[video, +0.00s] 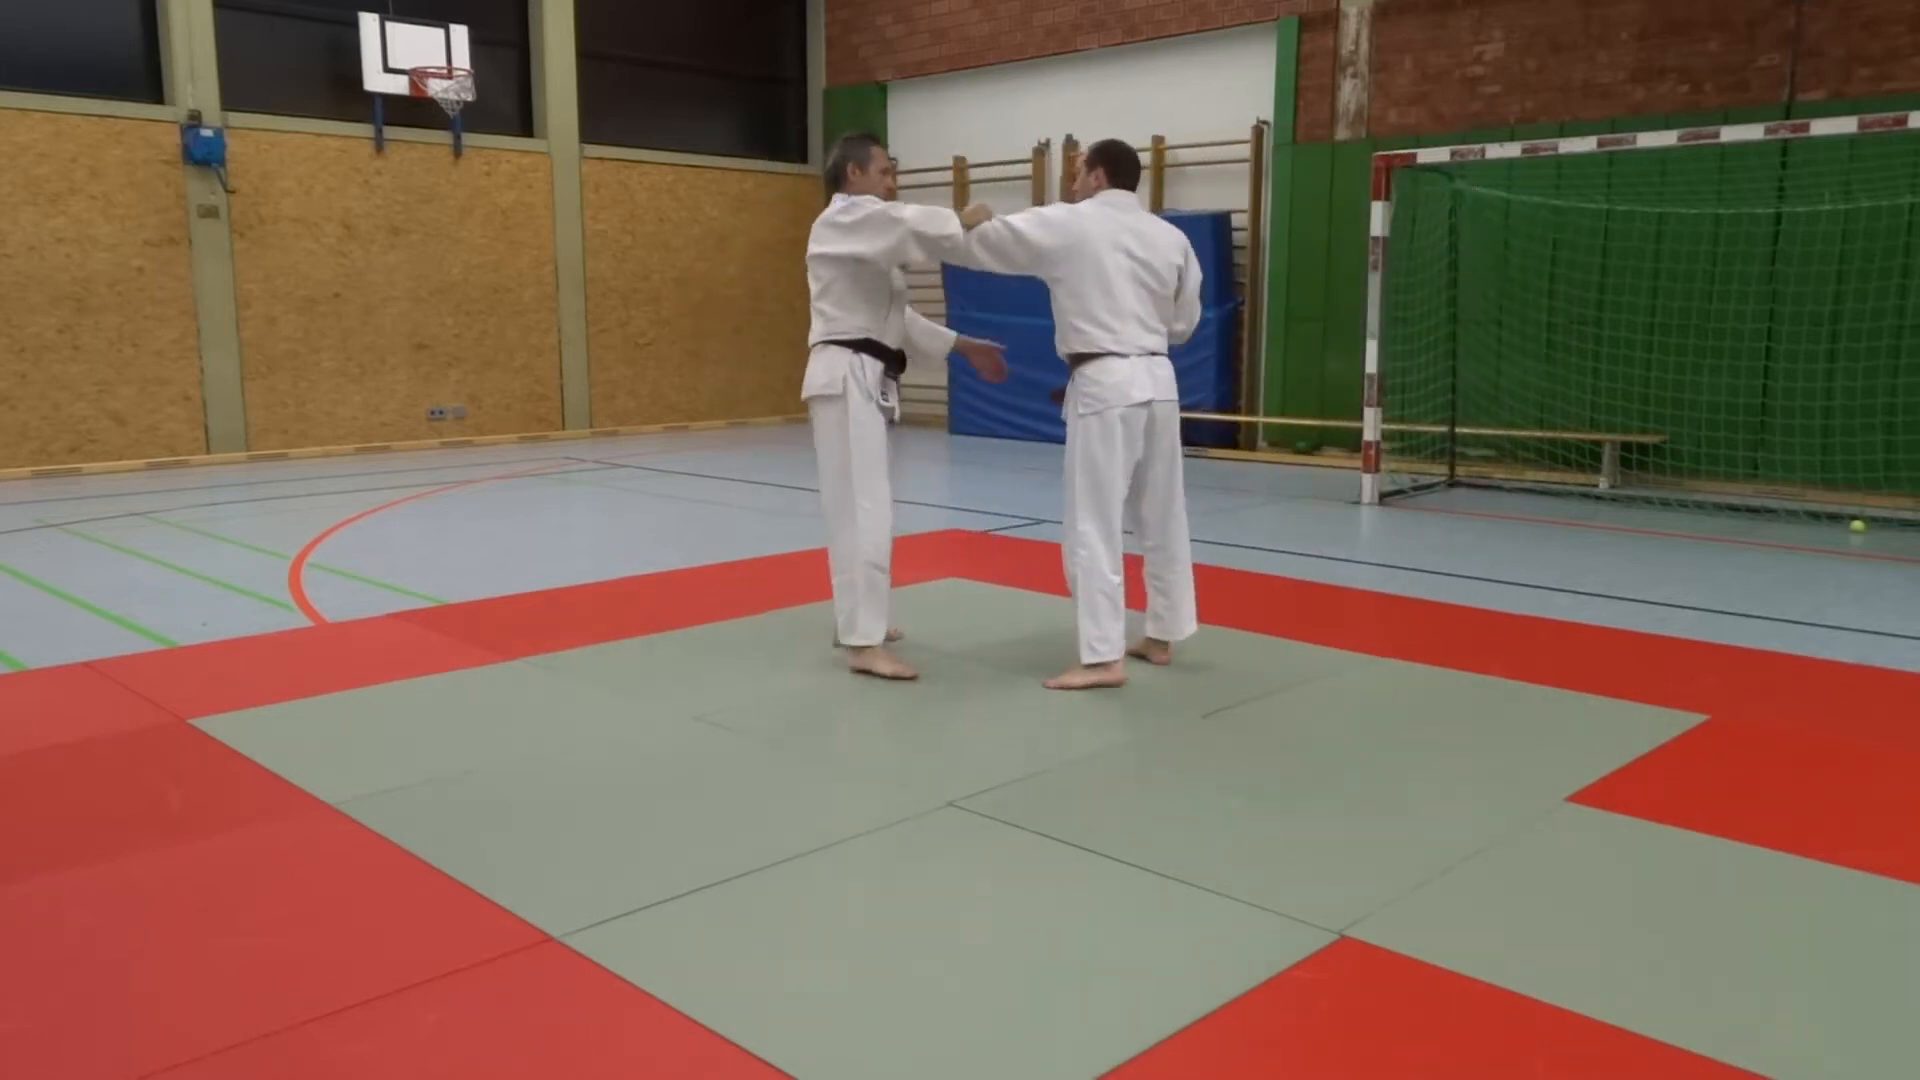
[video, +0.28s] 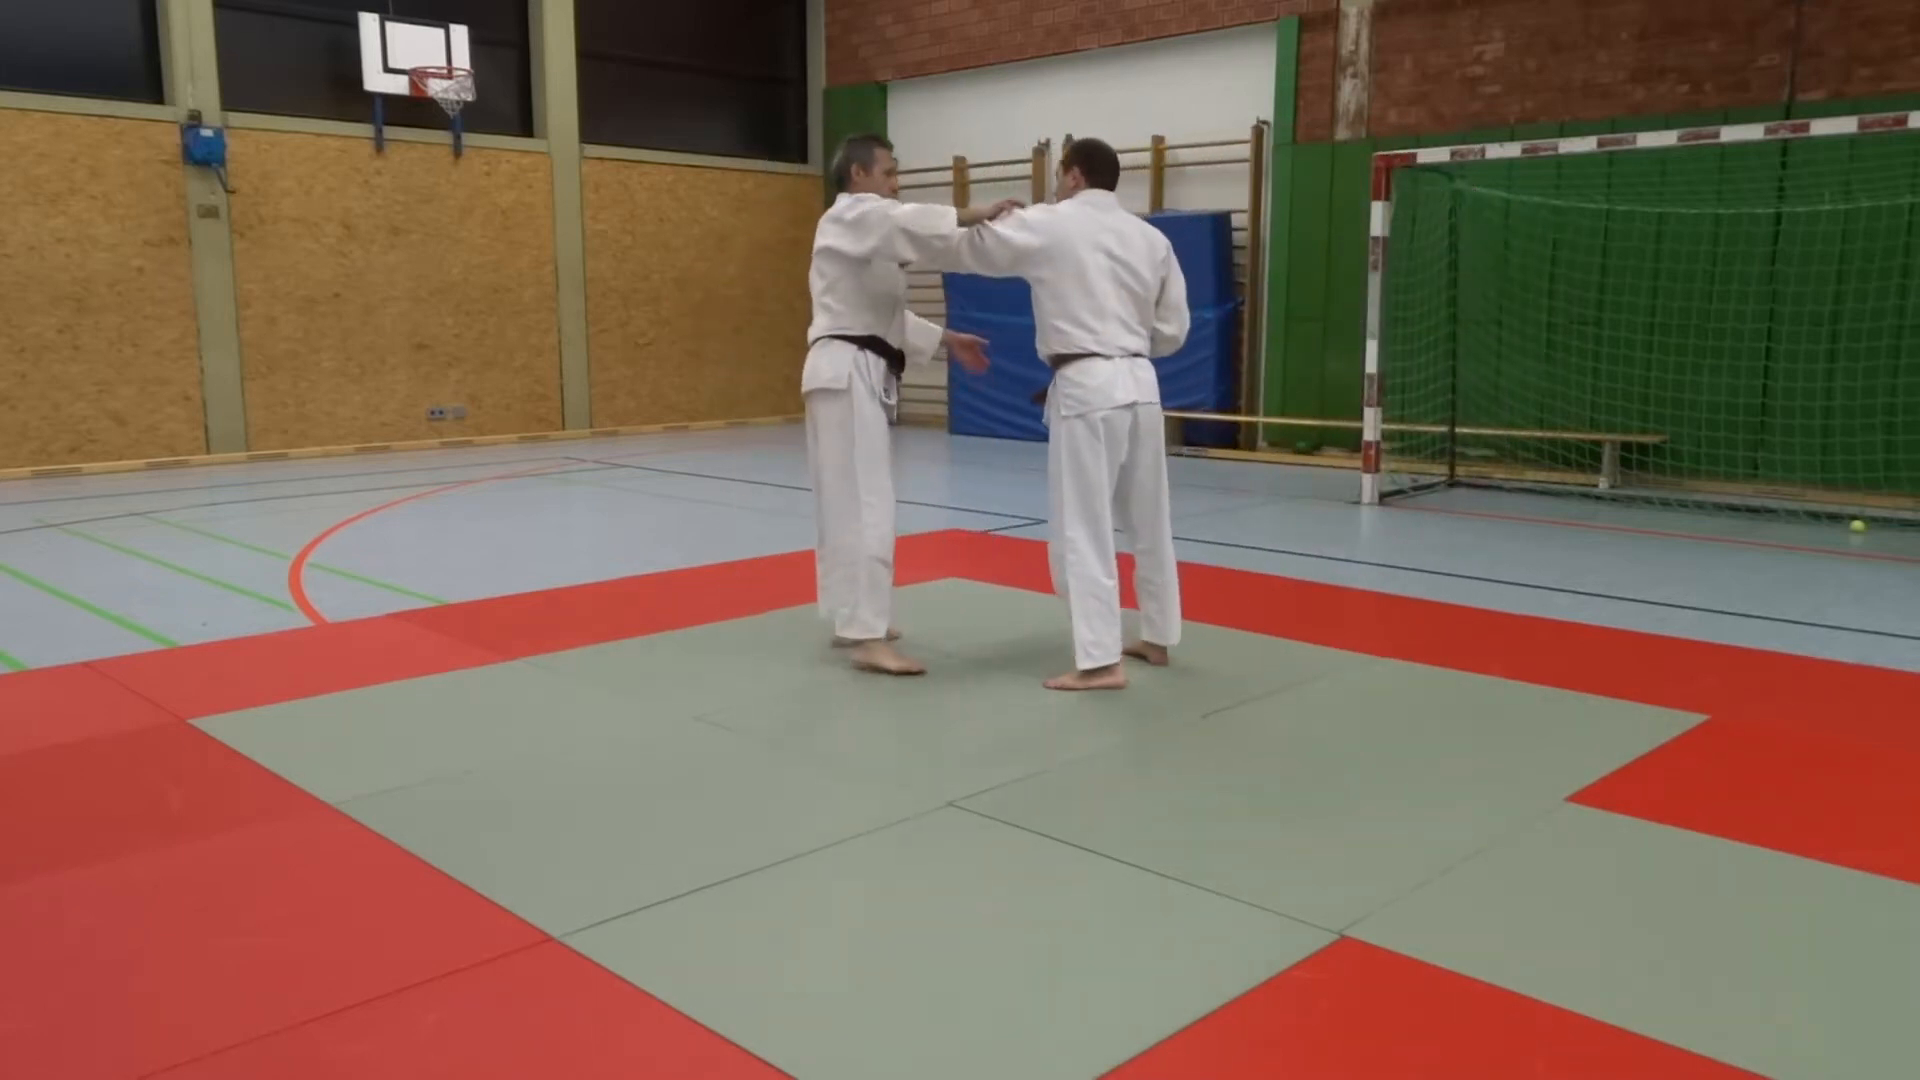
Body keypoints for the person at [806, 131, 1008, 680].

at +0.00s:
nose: (893, 179)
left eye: (892, 170)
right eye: (884, 170)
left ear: (859, 175)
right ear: (854, 174)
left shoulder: (865, 229)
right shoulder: (841, 216)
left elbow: (894, 319)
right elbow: (902, 225)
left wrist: (963, 345)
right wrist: (961, 220)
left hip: (863, 375)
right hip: (843, 374)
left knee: (864, 504)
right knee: (862, 506)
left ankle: (862, 621)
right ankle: (861, 642)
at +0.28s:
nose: (896, 182)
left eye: (896, 173)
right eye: (888, 172)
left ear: (861, 175)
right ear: (858, 174)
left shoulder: (861, 225)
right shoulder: (850, 211)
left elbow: (883, 314)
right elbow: (905, 221)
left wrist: (946, 341)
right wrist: (975, 214)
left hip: (854, 369)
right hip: (845, 369)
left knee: (855, 498)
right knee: (865, 501)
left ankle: (860, 619)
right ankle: (863, 636)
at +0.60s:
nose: (895, 180)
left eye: (893, 171)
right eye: (885, 170)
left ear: (859, 177)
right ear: (852, 175)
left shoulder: (859, 226)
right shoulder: (836, 219)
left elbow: (877, 302)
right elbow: (892, 246)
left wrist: (946, 313)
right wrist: (967, 229)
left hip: (852, 372)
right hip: (828, 369)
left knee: (845, 503)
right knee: (832, 505)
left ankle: (845, 617)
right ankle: (775, 621)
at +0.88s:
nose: (868, 188)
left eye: (866, 177)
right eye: (859, 178)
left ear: (836, 180)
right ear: (828, 180)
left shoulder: (839, 236)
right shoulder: (804, 227)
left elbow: (869, 303)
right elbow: (872, 250)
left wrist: (939, 295)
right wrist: (951, 224)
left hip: (820, 388)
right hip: (781, 383)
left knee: (827, 507)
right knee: (768, 512)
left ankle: (847, 619)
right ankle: (737, 639)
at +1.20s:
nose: (853, 187)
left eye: (852, 175)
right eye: (845, 176)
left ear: (819, 176)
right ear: (813, 177)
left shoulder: (825, 238)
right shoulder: (779, 226)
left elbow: (868, 299)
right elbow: (857, 252)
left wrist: (941, 293)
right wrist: (947, 229)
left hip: (800, 389)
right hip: (753, 382)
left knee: (815, 499)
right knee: (737, 508)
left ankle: (814, 614)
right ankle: (728, 638)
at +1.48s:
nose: (860, 185)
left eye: (861, 175)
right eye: (853, 174)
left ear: (834, 176)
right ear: (822, 175)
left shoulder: (839, 238)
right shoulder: (793, 223)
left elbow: (875, 304)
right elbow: (866, 232)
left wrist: (946, 295)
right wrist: (954, 215)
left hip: (809, 390)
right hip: (765, 382)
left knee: (825, 499)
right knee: (748, 509)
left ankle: (837, 613)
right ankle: (728, 639)